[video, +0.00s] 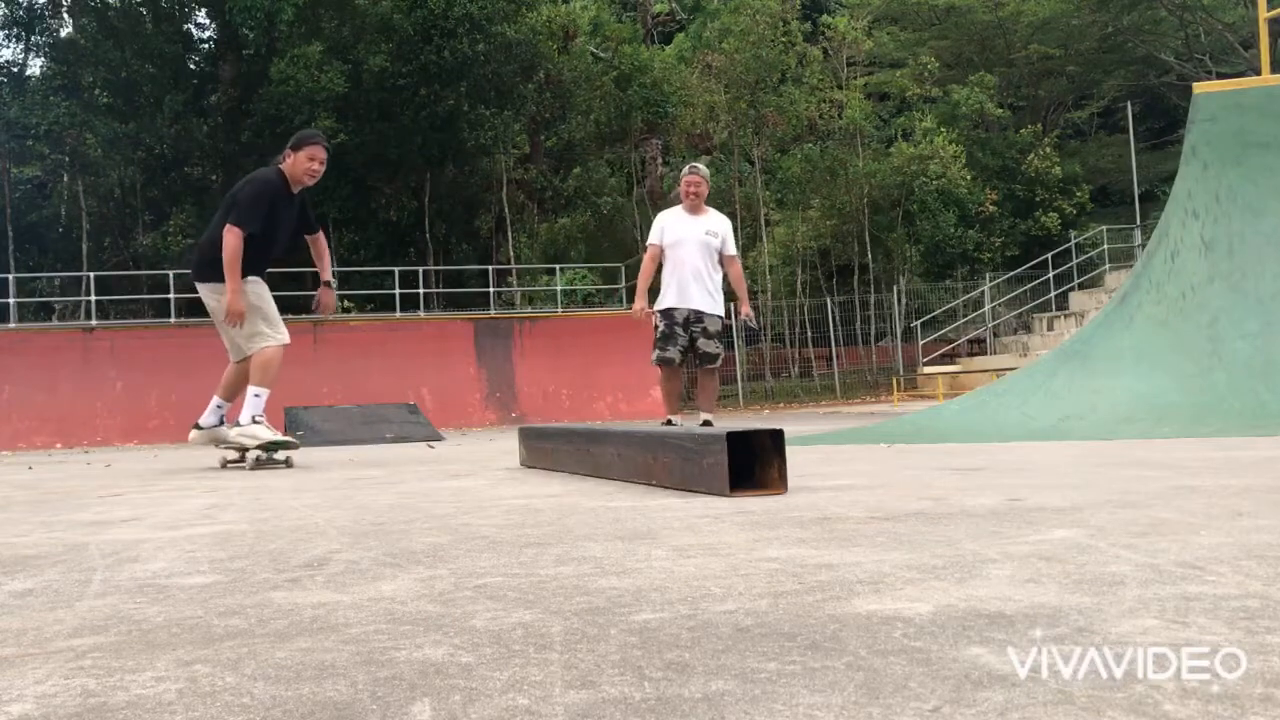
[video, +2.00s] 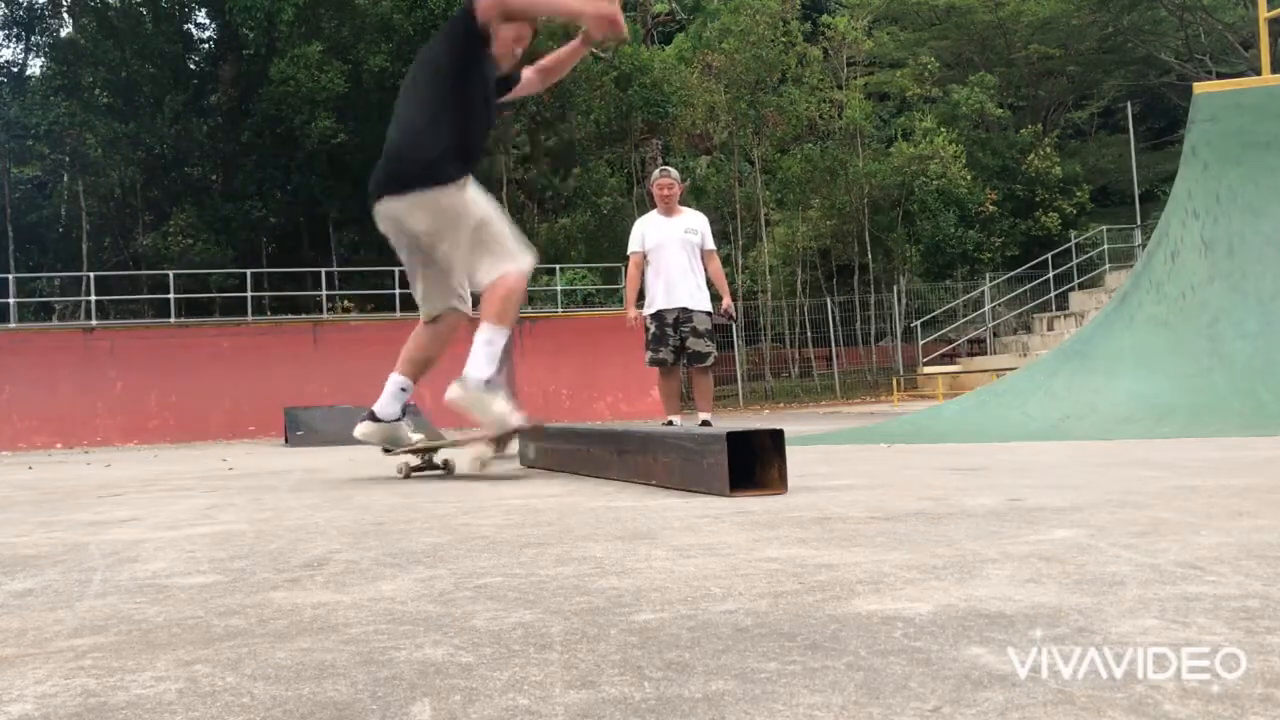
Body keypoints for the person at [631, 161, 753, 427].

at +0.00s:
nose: (692, 190)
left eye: (698, 185)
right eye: (687, 185)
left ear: (707, 189)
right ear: (680, 187)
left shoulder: (721, 222)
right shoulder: (664, 218)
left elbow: (732, 263)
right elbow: (651, 258)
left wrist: (744, 301)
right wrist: (640, 296)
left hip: (708, 306)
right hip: (671, 304)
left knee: (708, 365)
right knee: (669, 364)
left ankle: (706, 419)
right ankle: (672, 419)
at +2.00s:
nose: (666, 192)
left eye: (670, 187)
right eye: (660, 188)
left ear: (680, 189)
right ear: (652, 191)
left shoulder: (698, 219)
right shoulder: (643, 224)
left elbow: (711, 259)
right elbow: (635, 266)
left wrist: (726, 295)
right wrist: (630, 305)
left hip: (696, 304)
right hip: (660, 306)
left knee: (701, 365)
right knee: (668, 367)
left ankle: (705, 419)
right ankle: (673, 421)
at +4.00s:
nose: (668, 191)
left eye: (673, 186)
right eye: (663, 187)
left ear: (684, 187)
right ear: (656, 190)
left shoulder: (703, 220)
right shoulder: (647, 223)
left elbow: (715, 260)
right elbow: (638, 265)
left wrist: (726, 297)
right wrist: (633, 305)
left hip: (697, 305)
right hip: (661, 306)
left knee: (702, 365)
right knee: (668, 366)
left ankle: (705, 418)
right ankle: (672, 420)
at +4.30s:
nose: (669, 190)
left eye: (675, 185)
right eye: (665, 186)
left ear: (686, 187)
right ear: (659, 190)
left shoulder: (706, 220)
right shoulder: (650, 223)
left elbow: (717, 260)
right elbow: (641, 265)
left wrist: (728, 298)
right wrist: (634, 304)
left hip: (699, 305)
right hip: (662, 306)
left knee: (702, 365)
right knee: (668, 366)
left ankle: (704, 419)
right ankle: (673, 420)